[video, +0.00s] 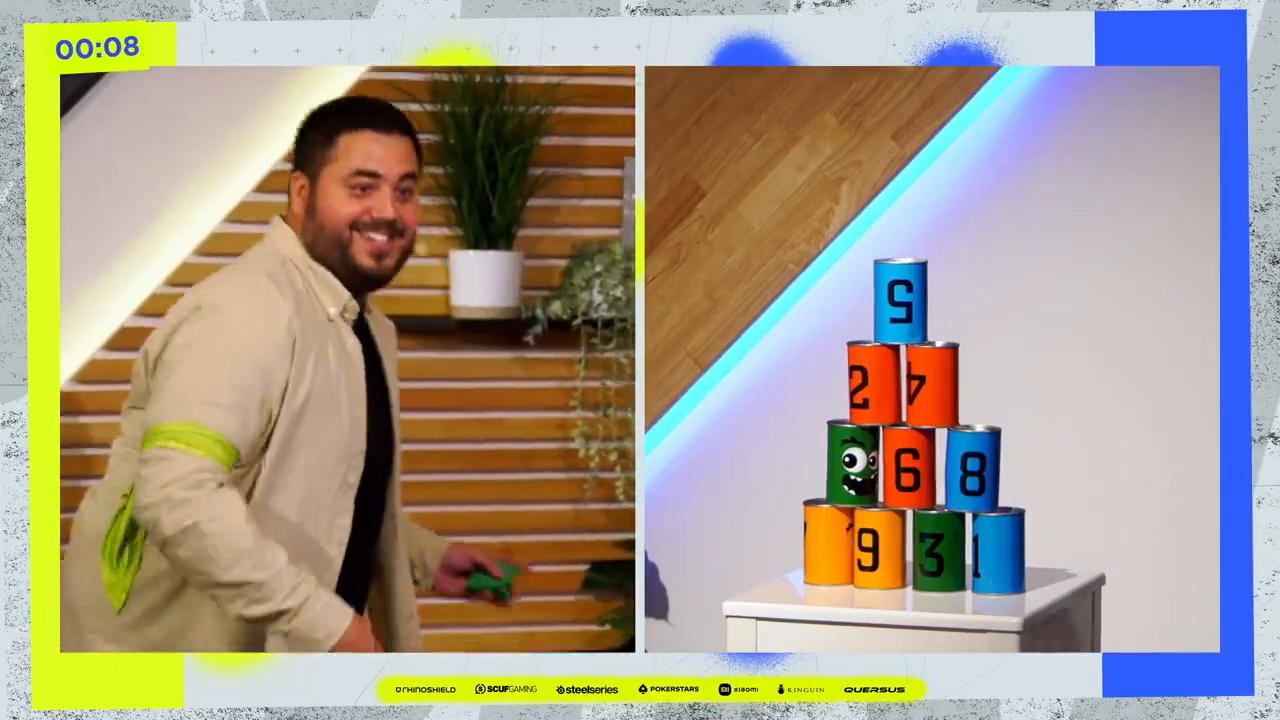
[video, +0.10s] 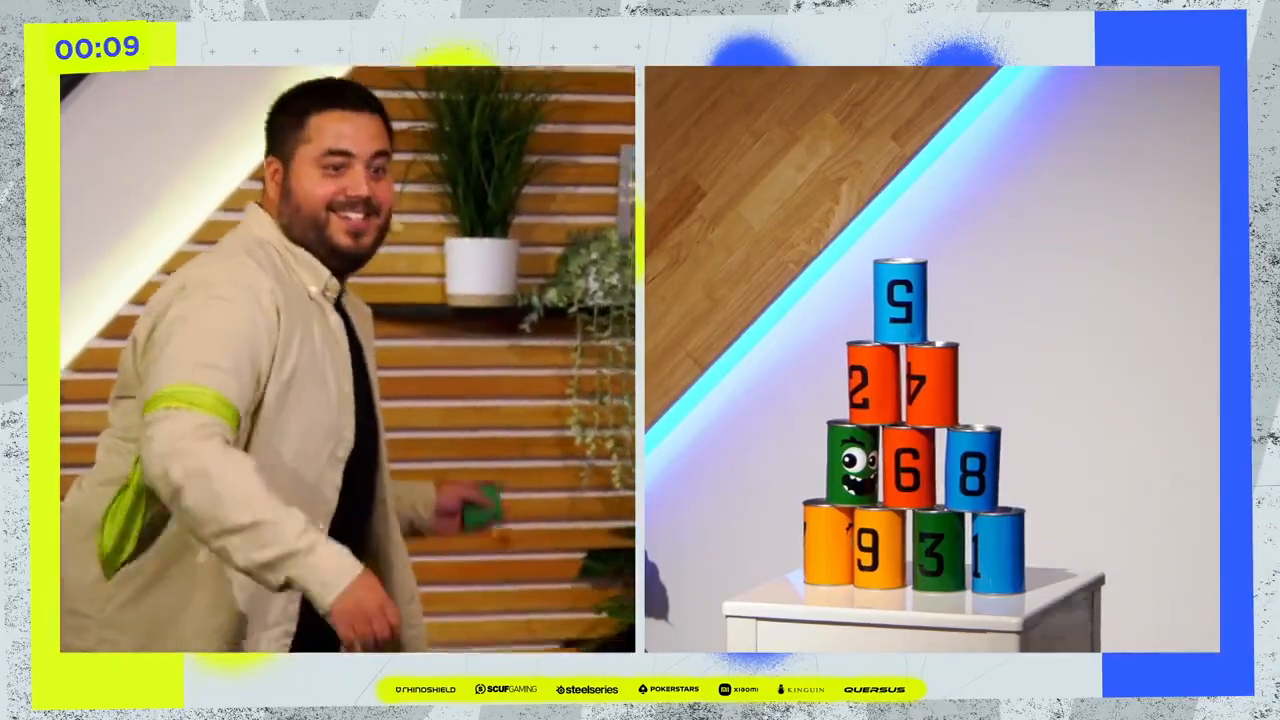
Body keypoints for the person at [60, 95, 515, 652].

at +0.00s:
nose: (388, 212)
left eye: (405, 190)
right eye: (361, 187)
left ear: (418, 202)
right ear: (301, 194)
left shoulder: (367, 321)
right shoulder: (246, 311)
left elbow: (322, 499)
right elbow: (178, 494)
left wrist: (430, 559)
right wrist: (325, 623)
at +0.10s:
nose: (362, 190)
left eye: (379, 168)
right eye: (335, 166)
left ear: (392, 182)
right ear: (275, 178)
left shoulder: (330, 304)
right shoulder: (230, 289)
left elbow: (296, 483)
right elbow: (184, 450)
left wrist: (420, 505)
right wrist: (331, 575)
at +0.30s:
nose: (359, 194)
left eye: (375, 170)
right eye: (333, 167)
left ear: (391, 172)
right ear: (273, 162)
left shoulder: (350, 291)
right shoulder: (211, 272)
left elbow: (356, 439)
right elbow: (135, 408)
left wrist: (471, 363)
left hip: (324, 638)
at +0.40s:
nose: (392, 244)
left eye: (411, 222)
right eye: (373, 215)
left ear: (427, 210)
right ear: (311, 182)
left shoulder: (370, 286)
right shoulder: (213, 286)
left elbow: (395, 420)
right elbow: (111, 424)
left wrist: (515, 356)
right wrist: (117, 577)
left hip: (360, 649)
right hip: (236, 657)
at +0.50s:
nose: (417, 289)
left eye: (438, 267)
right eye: (399, 260)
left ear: (457, 245)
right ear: (340, 210)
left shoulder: (405, 307)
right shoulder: (226, 314)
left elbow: (419, 424)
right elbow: (98, 475)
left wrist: (551, 374)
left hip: (372, 663)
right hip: (239, 673)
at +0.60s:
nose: (424, 319)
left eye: (447, 296)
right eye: (405, 289)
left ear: (466, 276)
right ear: (351, 240)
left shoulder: (423, 323)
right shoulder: (226, 342)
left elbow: (449, 420)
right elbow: (103, 515)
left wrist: (576, 393)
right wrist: (69, 689)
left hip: (377, 667)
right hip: (239, 678)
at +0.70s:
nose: (414, 336)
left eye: (439, 314)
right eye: (394, 308)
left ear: (461, 291)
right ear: (343, 259)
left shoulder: (440, 336)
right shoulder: (217, 353)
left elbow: (457, 431)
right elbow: (114, 550)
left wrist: (585, 445)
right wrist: (81, 700)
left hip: (379, 674)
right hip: (234, 684)